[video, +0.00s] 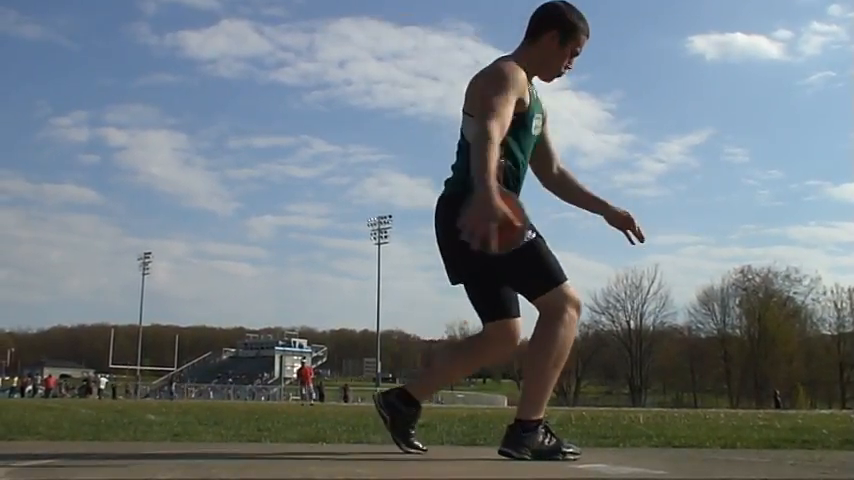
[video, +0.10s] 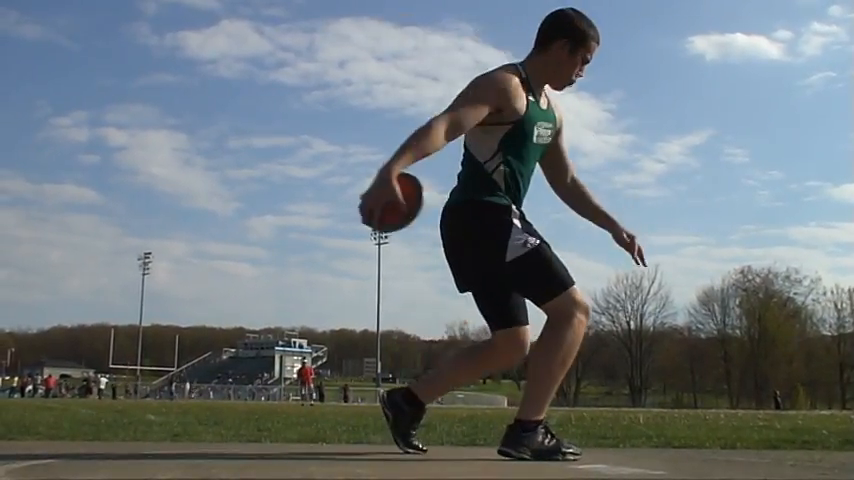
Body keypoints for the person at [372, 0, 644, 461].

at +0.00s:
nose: (570, 65)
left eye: (575, 58)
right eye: (571, 52)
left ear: (549, 43)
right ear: (548, 37)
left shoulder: (532, 102)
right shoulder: (506, 75)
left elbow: (552, 173)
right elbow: (486, 133)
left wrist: (606, 209)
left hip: (462, 211)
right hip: (487, 207)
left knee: (503, 337)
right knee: (563, 305)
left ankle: (404, 400)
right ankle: (528, 429)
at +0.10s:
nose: (582, 72)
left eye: (587, 64)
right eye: (582, 60)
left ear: (563, 53)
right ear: (556, 46)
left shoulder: (549, 111)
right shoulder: (503, 84)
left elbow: (566, 182)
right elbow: (447, 125)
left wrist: (613, 226)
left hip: (479, 220)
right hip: (486, 216)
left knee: (511, 346)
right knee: (573, 311)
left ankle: (408, 401)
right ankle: (527, 430)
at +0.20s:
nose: (589, 78)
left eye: (593, 70)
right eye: (589, 66)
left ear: (569, 59)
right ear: (563, 53)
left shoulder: (556, 122)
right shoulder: (502, 89)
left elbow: (566, 189)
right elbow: (430, 122)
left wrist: (610, 240)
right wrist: (357, 151)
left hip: (481, 229)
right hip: (490, 222)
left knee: (515, 348)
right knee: (578, 316)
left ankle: (410, 402)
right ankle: (527, 431)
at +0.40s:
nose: (593, 85)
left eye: (597, 76)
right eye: (594, 73)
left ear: (569, 64)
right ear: (572, 62)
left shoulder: (550, 120)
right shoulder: (513, 97)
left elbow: (530, 189)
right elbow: (445, 136)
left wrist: (548, 248)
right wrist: (376, 171)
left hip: (472, 236)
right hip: (497, 232)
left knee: (507, 352)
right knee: (582, 323)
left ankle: (400, 404)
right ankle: (527, 432)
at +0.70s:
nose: (557, 38)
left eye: (556, 30)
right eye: (559, 30)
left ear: (511, 23)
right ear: (552, 29)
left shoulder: (469, 63)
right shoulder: (546, 75)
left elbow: (422, 130)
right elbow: (609, 130)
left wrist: (442, 173)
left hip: (445, 201)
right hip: (499, 201)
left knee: (456, 315)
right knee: (542, 316)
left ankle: (382, 409)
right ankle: (524, 430)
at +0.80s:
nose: (539, 12)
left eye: (535, 9)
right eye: (540, 9)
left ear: (492, 5)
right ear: (534, 7)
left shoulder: (445, 42)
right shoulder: (543, 52)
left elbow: (416, 110)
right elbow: (602, 100)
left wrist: (452, 120)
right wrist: (636, 121)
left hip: (442, 180)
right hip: (500, 178)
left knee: (432, 299)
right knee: (530, 304)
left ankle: (388, 407)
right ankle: (528, 421)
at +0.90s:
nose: (524, 10)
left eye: (519, 7)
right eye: (526, 7)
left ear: (480, 1)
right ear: (522, 5)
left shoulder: (436, 34)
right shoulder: (539, 46)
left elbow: (414, 98)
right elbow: (551, 79)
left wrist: (454, 77)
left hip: (442, 172)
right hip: (503, 172)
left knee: (421, 296)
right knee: (530, 297)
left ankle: (391, 411)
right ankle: (533, 416)